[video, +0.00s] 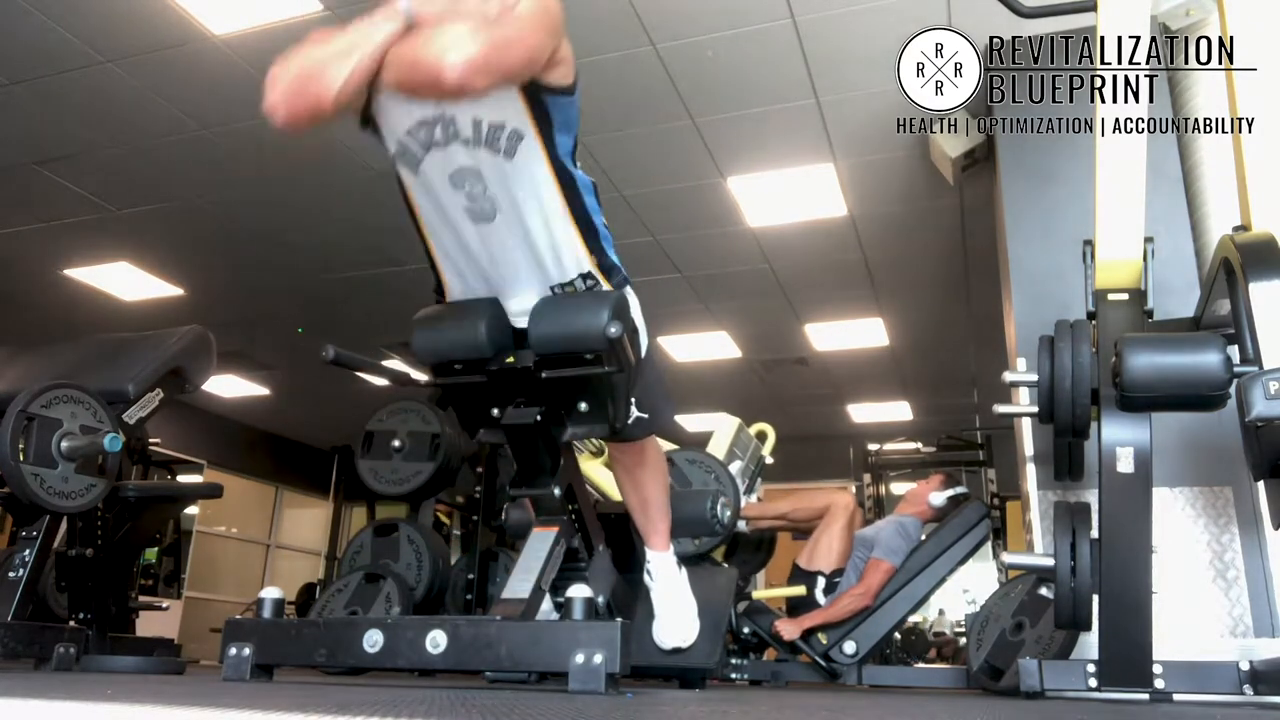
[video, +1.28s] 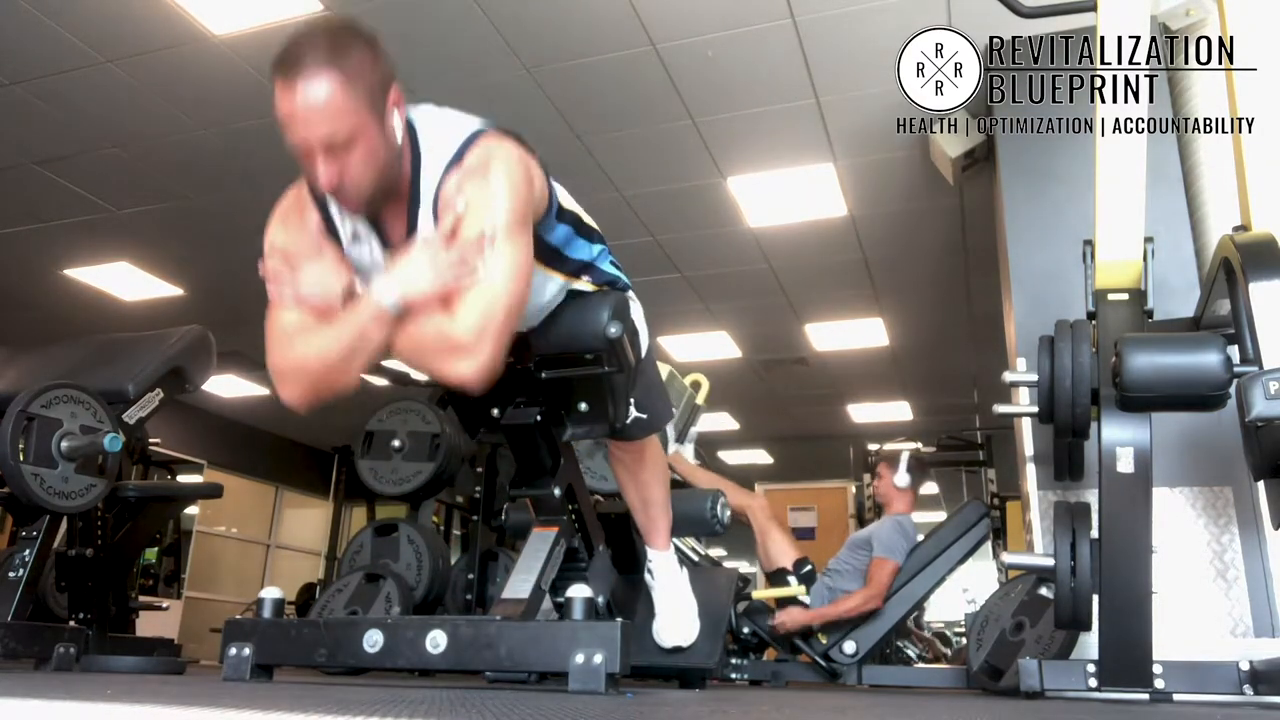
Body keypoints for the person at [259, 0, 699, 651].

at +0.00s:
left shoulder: (534, 12)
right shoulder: (369, 46)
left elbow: (458, 67)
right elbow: (283, 101)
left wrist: (357, 56)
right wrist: (399, 13)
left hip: (579, 284)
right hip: (479, 303)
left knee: (631, 426)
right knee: (520, 442)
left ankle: (661, 564)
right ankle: (547, 538)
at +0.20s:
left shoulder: (570, 10)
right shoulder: (414, 41)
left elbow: (478, 11)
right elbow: (333, 28)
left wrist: (396, 12)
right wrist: (421, 1)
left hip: (579, 252)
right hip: (477, 263)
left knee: (628, 417)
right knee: (509, 424)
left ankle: (661, 562)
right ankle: (543, 548)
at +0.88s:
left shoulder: (536, 12)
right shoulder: (363, 42)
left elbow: (466, 77)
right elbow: (286, 107)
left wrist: (358, 55)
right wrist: (404, 20)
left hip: (577, 284)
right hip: (478, 303)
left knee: (628, 426)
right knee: (519, 437)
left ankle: (660, 560)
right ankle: (549, 535)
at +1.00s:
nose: (357, 9)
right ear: (337, 8)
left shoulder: (506, 50)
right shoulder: (330, 87)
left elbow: (452, 164)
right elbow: (272, 203)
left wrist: (340, 132)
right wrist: (386, 103)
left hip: (572, 289)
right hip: (473, 303)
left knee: (629, 421)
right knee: (508, 432)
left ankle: (660, 559)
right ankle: (546, 532)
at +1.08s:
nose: (343, 30)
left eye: (363, 6)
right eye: (330, 11)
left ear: (416, 7)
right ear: (319, 21)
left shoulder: (497, 79)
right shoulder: (311, 124)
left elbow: (454, 213)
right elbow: (272, 253)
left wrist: (336, 173)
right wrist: (384, 155)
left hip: (571, 291)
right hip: (470, 309)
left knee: (629, 422)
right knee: (510, 434)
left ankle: (661, 559)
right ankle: (547, 531)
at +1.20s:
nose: (325, 127)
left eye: (343, 101)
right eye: (307, 107)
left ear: (398, 73)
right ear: (292, 100)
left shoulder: (490, 141)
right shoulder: (297, 189)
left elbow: (461, 318)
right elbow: (287, 346)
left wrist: (345, 267)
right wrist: (385, 250)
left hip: (568, 300)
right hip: (467, 330)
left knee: (624, 411)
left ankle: (662, 563)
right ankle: (548, 530)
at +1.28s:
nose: (323, 175)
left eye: (339, 148)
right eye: (304, 154)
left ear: (393, 111)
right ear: (287, 139)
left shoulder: (490, 169)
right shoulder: (296, 219)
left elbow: (470, 360)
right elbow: (297, 383)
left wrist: (350, 308)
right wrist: (390, 292)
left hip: (573, 305)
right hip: (469, 329)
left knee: (628, 422)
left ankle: (661, 559)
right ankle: (548, 526)